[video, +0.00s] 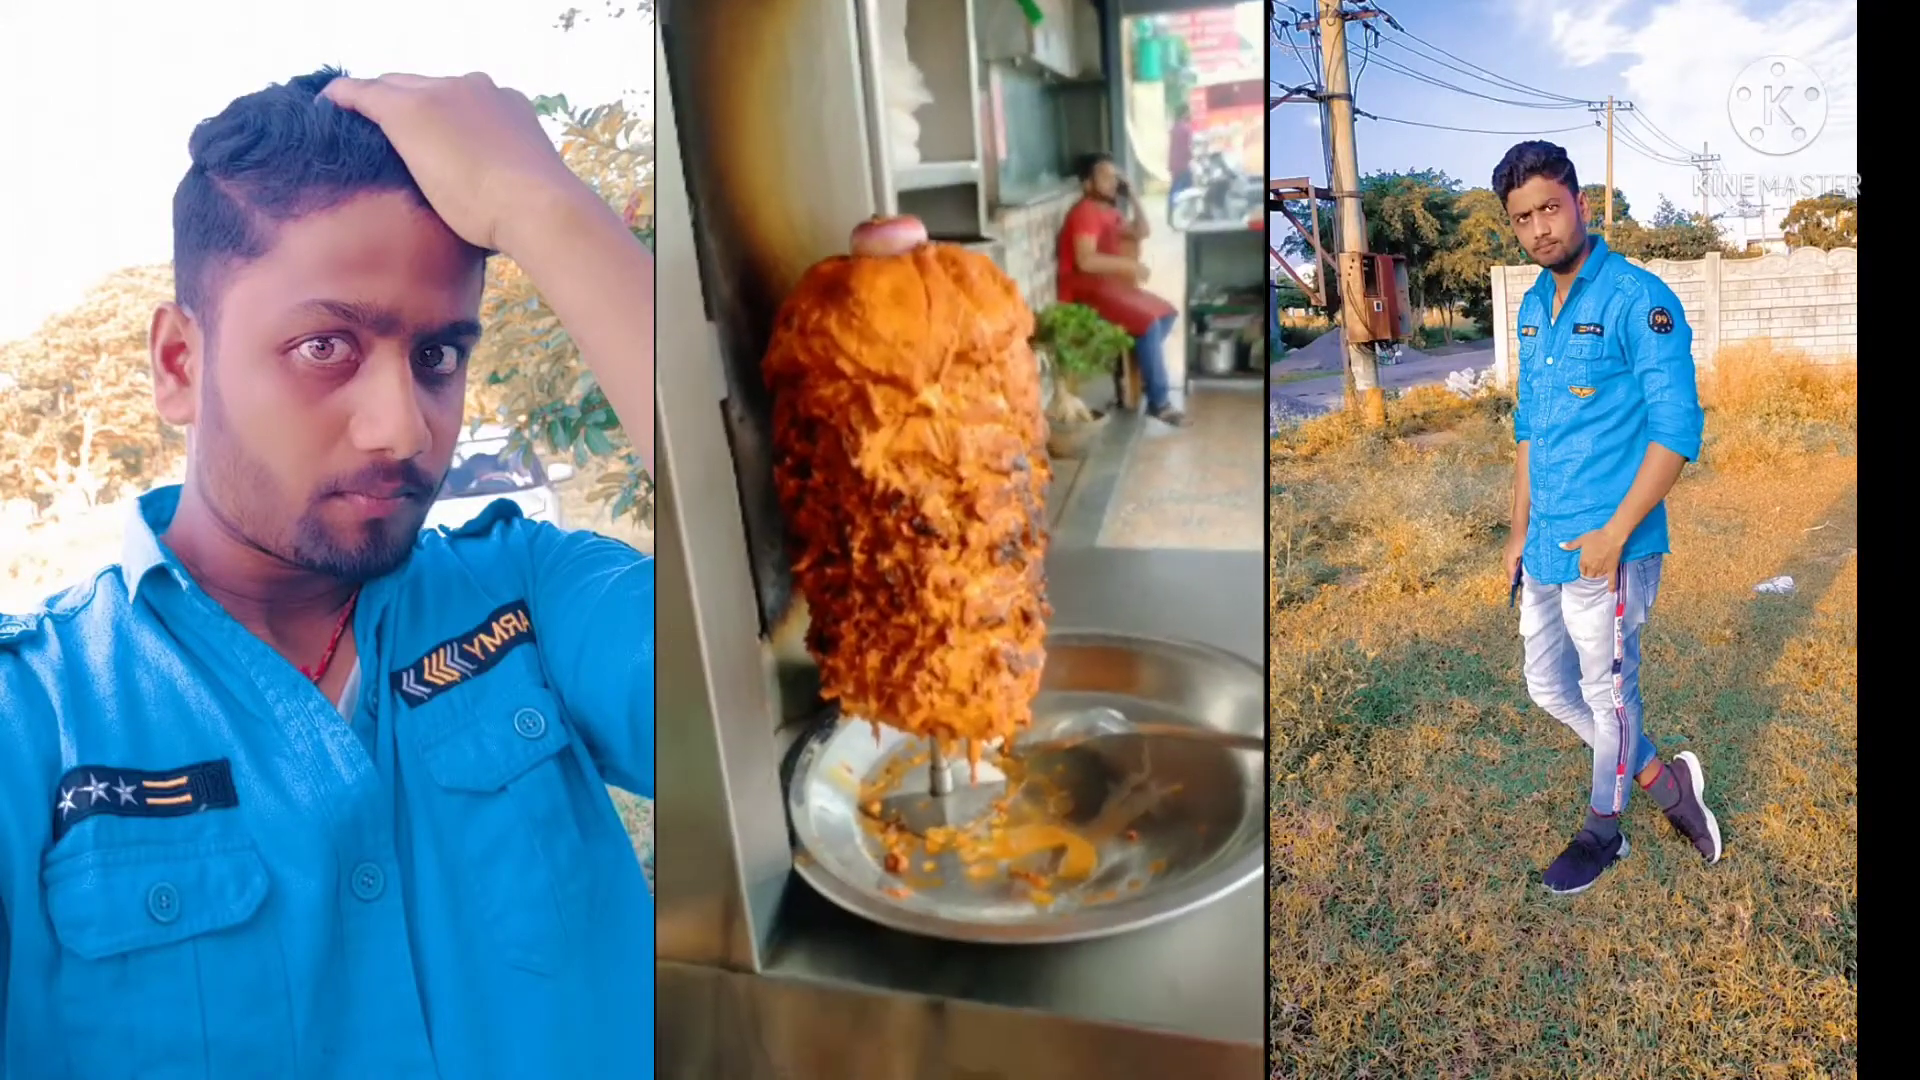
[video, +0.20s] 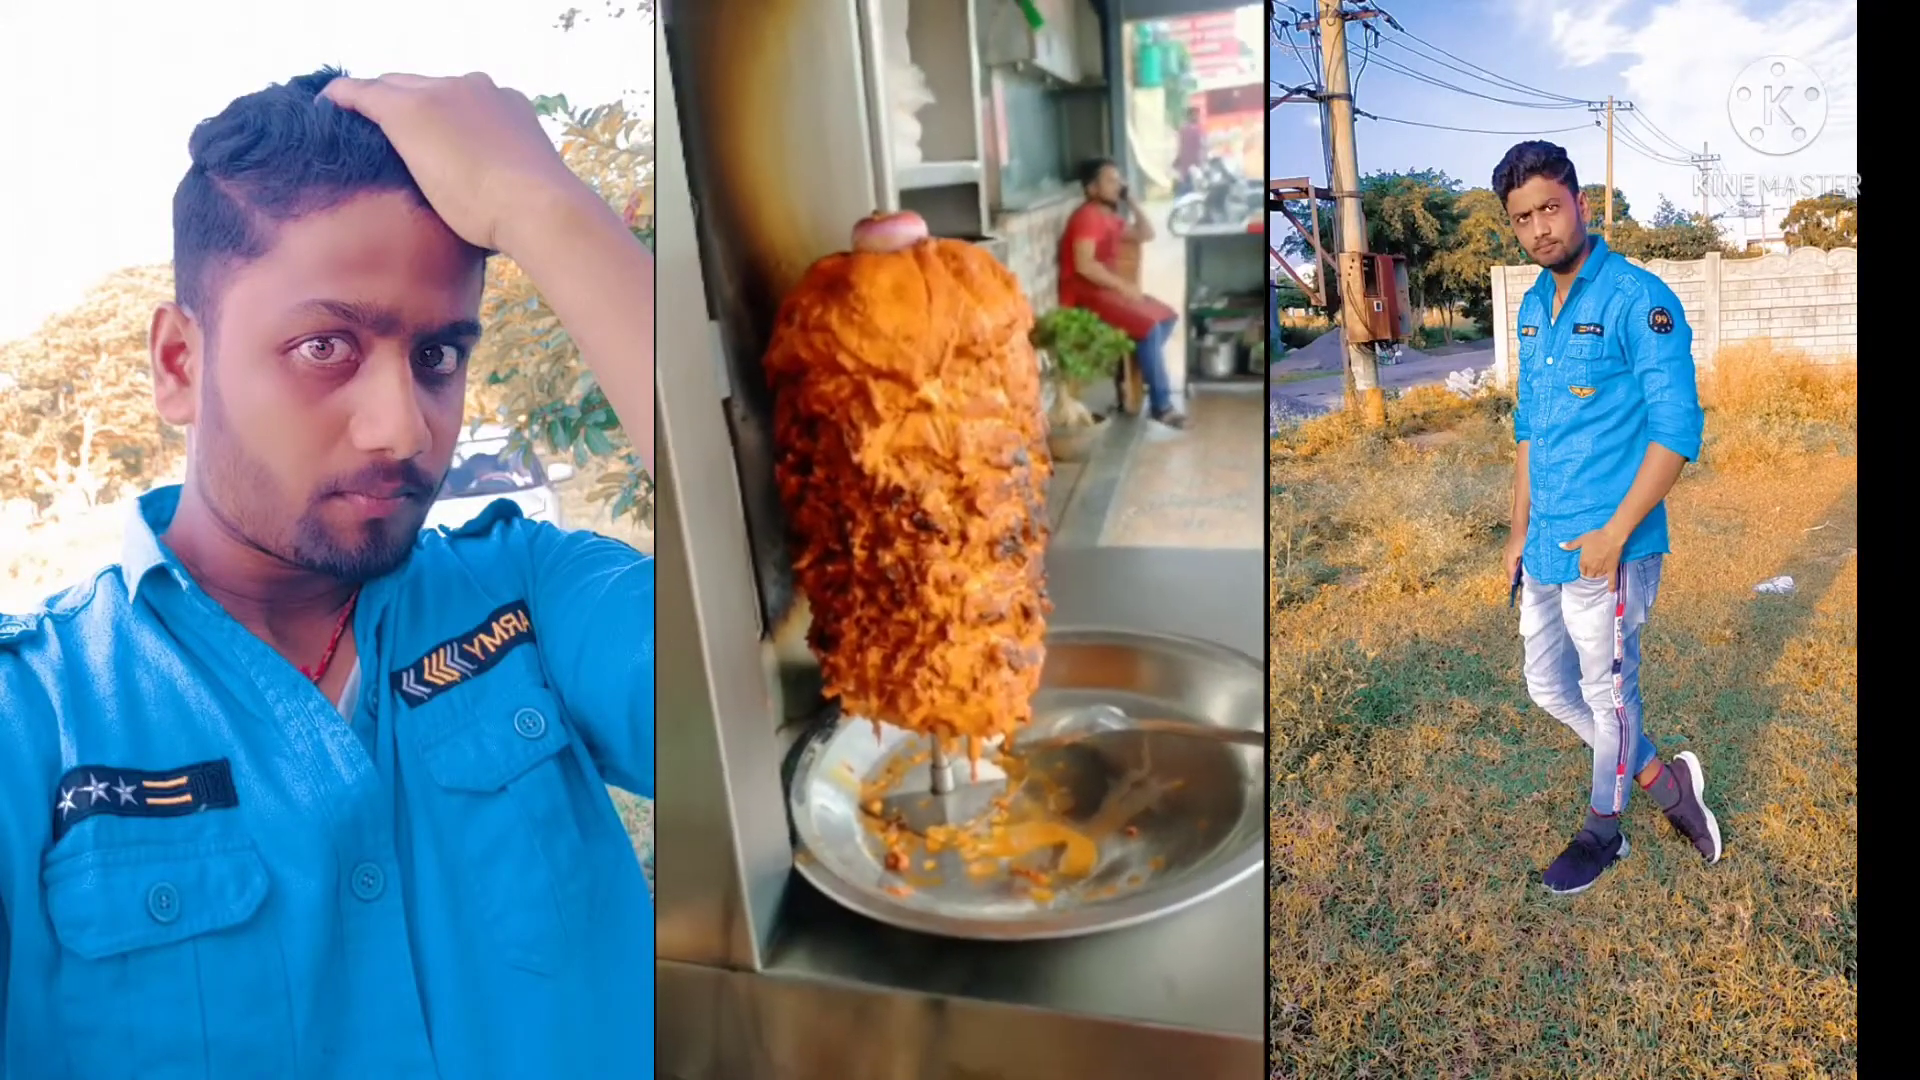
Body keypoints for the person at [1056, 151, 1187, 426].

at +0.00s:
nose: (1113, 183)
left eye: (1114, 177)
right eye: (1106, 177)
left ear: (1115, 182)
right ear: (1088, 182)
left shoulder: (1110, 213)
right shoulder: (1085, 212)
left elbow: (1140, 232)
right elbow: (1085, 260)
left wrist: (1132, 198)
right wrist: (1131, 266)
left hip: (1112, 284)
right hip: (1087, 289)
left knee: (1167, 314)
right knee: (1146, 322)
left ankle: (1127, 368)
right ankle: (1159, 403)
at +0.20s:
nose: (1118, 186)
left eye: (1118, 179)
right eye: (1111, 180)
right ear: (1092, 188)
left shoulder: (1109, 217)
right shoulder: (1087, 216)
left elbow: (1145, 234)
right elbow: (1084, 264)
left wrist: (1131, 203)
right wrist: (1124, 286)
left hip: (1109, 289)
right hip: (1086, 294)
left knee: (1167, 318)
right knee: (1147, 327)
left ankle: (1127, 370)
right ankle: (1161, 407)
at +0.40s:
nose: (1106, 190)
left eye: (1105, 184)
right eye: (1099, 185)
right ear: (1080, 192)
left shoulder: (1097, 222)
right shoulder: (1075, 220)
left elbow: (1133, 238)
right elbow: (1074, 266)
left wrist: (1118, 207)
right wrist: (1110, 292)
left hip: (1097, 292)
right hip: (1074, 297)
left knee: (1155, 321)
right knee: (1135, 330)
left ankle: (1115, 375)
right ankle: (1146, 411)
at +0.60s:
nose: (1110, 165)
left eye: (1109, 159)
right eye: (1103, 160)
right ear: (1084, 167)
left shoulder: (1100, 198)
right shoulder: (1077, 197)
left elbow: (1136, 218)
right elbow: (1078, 243)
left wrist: (1121, 187)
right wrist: (1110, 272)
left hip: (1097, 270)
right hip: (1074, 276)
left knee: (1156, 300)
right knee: (1135, 309)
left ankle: (1117, 358)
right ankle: (1145, 390)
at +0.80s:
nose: (1121, 152)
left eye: (1121, 146)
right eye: (1114, 147)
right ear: (1095, 154)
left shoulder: (1111, 185)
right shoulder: (1088, 183)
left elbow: (1148, 207)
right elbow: (1092, 231)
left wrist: (1132, 175)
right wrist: (1122, 261)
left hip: (1109, 258)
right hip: (1085, 263)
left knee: (1167, 289)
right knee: (1146, 298)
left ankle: (1127, 347)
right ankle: (1155, 379)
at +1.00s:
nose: (1130, 151)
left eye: (1129, 145)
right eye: (1122, 145)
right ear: (1103, 153)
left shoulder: (1121, 184)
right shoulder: (1097, 182)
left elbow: (1158, 207)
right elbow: (1098, 228)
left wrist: (1143, 176)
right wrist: (1129, 260)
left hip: (1118, 257)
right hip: (1093, 261)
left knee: (1176, 289)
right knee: (1155, 299)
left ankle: (1134, 343)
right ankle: (1163, 380)